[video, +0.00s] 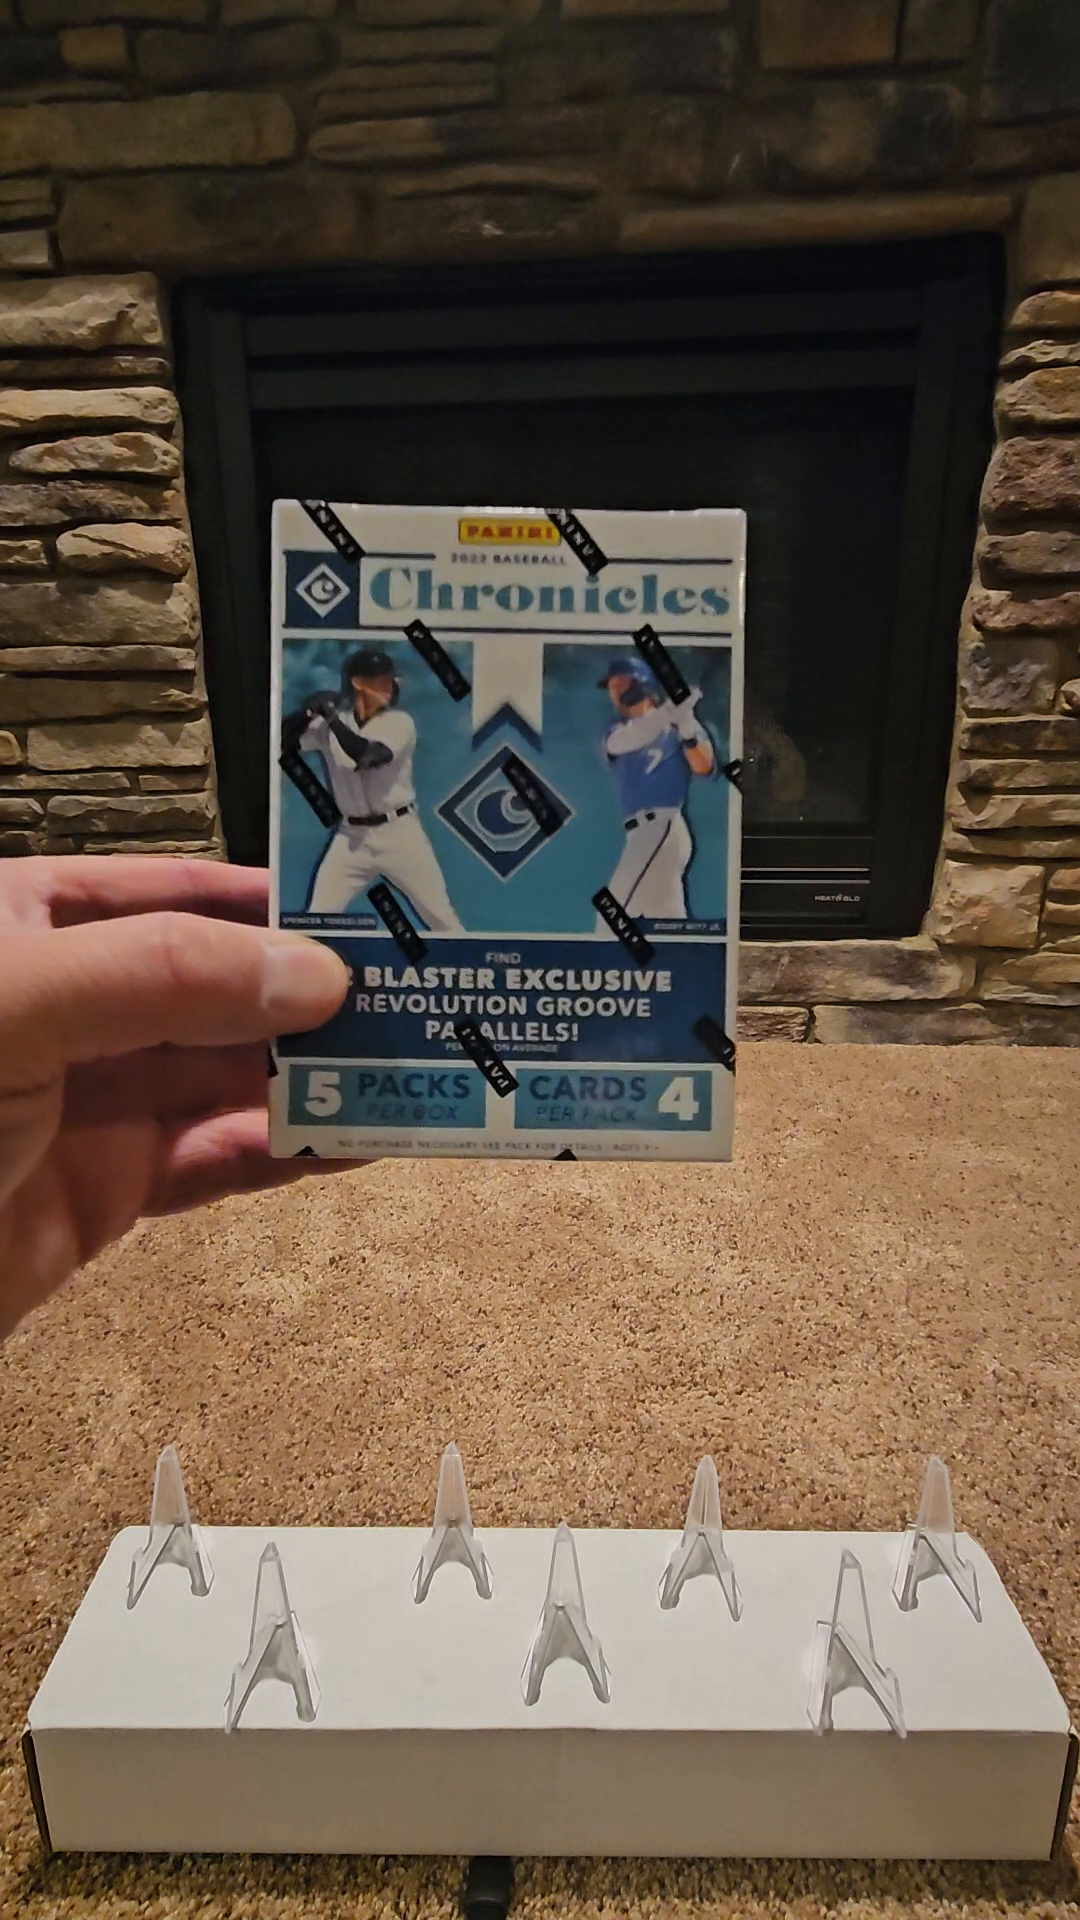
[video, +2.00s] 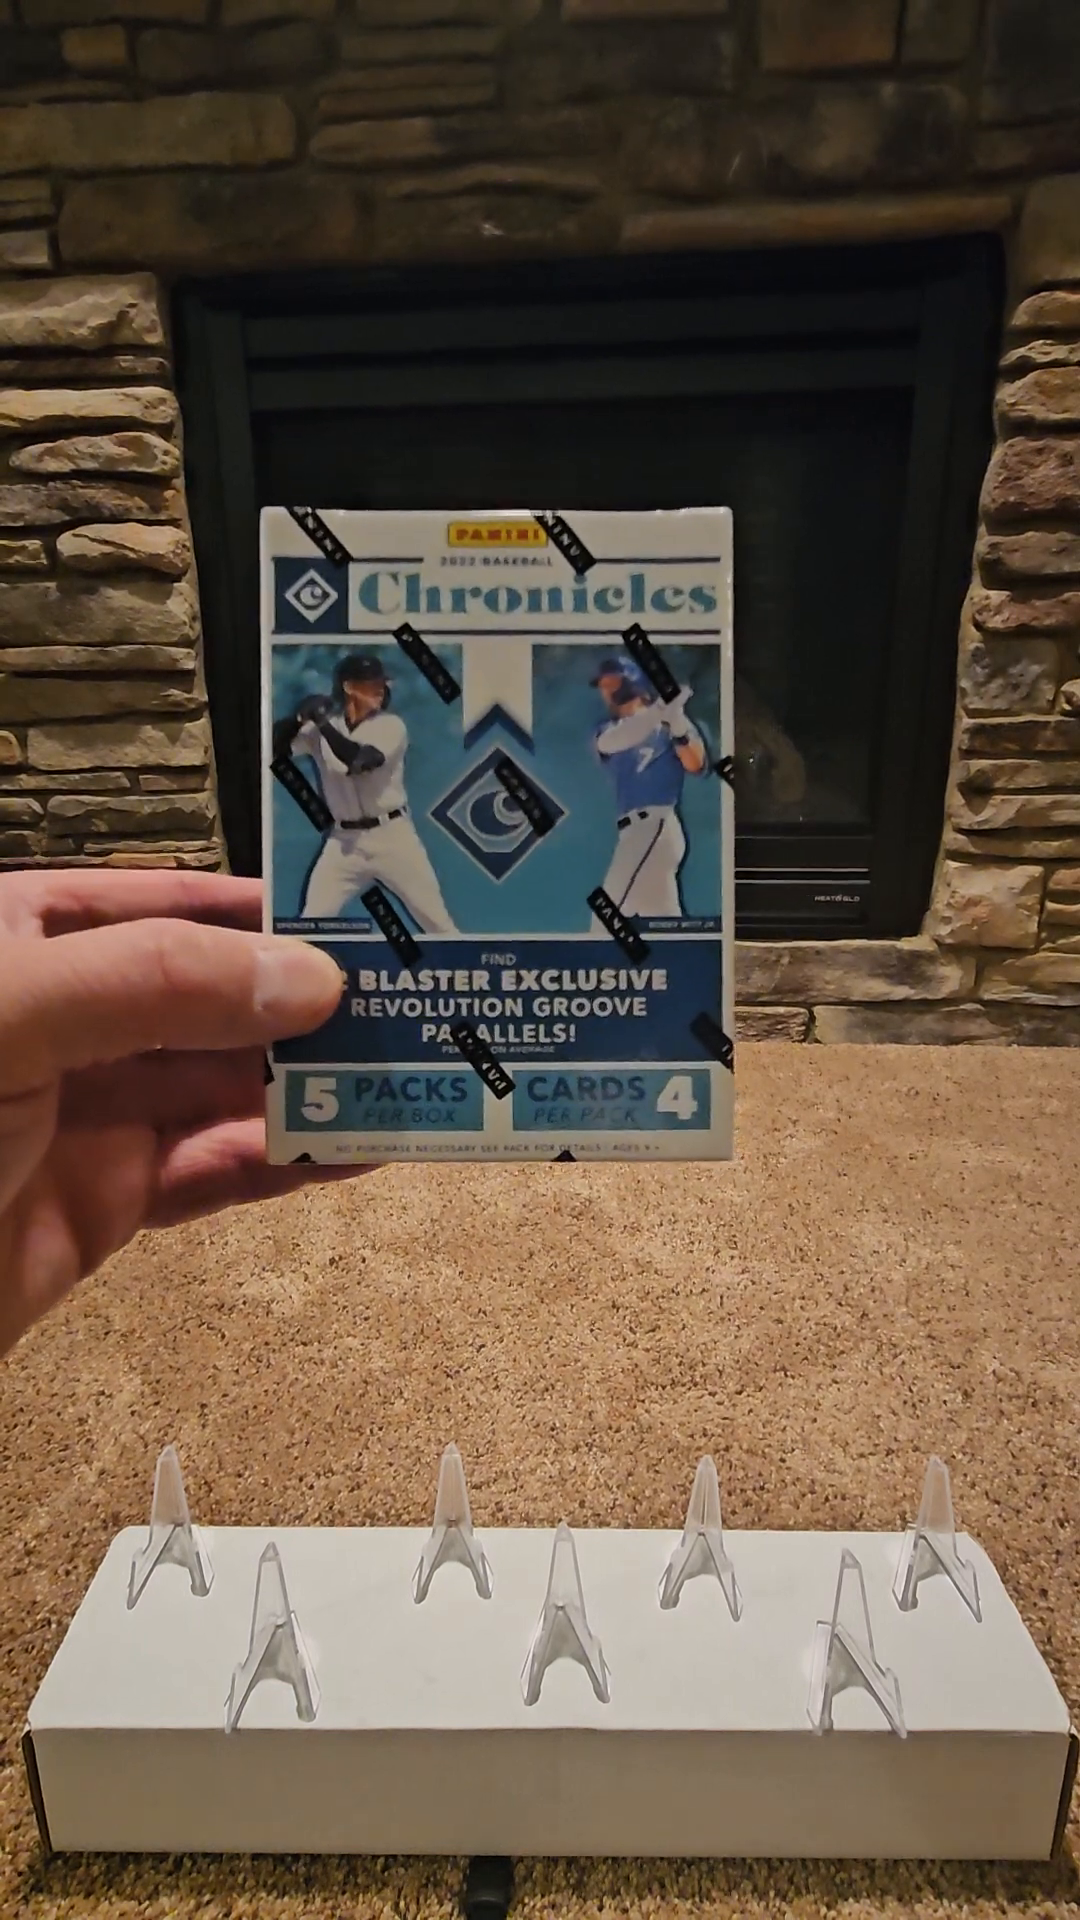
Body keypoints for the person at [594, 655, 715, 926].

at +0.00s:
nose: (614, 693)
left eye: (621, 684)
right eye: (611, 687)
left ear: (641, 685)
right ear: (609, 692)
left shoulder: (679, 723)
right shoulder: (616, 732)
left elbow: (704, 768)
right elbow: (628, 740)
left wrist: (686, 725)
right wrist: (669, 711)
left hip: (663, 830)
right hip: (641, 833)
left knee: (612, 915)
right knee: (670, 927)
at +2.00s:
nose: (607, 693)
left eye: (613, 684)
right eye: (603, 686)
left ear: (633, 686)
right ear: (600, 690)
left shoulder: (673, 721)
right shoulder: (607, 730)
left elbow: (696, 766)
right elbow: (614, 742)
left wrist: (677, 722)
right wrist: (658, 712)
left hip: (655, 829)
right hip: (633, 832)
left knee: (607, 916)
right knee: (665, 925)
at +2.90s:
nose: (605, 682)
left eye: (612, 672)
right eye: (601, 675)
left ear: (632, 673)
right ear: (597, 681)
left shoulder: (674, 711)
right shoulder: (603, 722)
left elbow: (699, 759)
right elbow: (625, 728)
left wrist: (679, 712)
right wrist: (663, 697)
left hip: (657, 825)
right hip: (633, 828)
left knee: (606, 912)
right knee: (667, 925)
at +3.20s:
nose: (612, 665)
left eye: (619, 655)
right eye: (608, 658)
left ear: (640, 656)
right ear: (605, 664)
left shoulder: (680, 694)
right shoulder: (610, 705)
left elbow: (706, 742)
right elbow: (630, 712)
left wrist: (688, 698)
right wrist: (670, 680)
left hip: (663, 808)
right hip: (639, 812)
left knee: (611, 898)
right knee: (670, 909)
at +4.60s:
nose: (692, 494)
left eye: (701, 482)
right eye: (687, 486)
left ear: (730, 484)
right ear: (684, 493)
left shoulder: (781, 536)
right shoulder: (691, 552)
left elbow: (815, 600)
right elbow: (715, 558)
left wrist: (790, 533)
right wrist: (769, 517)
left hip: (757, 687)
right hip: (725, 692)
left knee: (686, 805)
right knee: (764, 823)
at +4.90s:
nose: (683, 554)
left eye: (692, 541)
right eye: (678, 545)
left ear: (719, 544)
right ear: (675, 555)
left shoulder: (763, 590)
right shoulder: (686, 607)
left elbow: (800, 651)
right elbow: (692, 620)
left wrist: (776, 589)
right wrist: (755, 576)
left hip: (746, 733)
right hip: (714, 737)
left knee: (680, 849)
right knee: (749, 863)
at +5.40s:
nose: (675, 641)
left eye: (683, 630)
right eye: (669, 634)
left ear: (709, 630)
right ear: (664, 640)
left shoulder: (757, 678)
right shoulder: (672, 691)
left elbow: (790, 736)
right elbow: (694, 701)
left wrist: (766, 680)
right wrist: (744, 662)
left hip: (738, 819)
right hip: (708, 824)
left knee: (673, 925)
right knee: (750, 944)